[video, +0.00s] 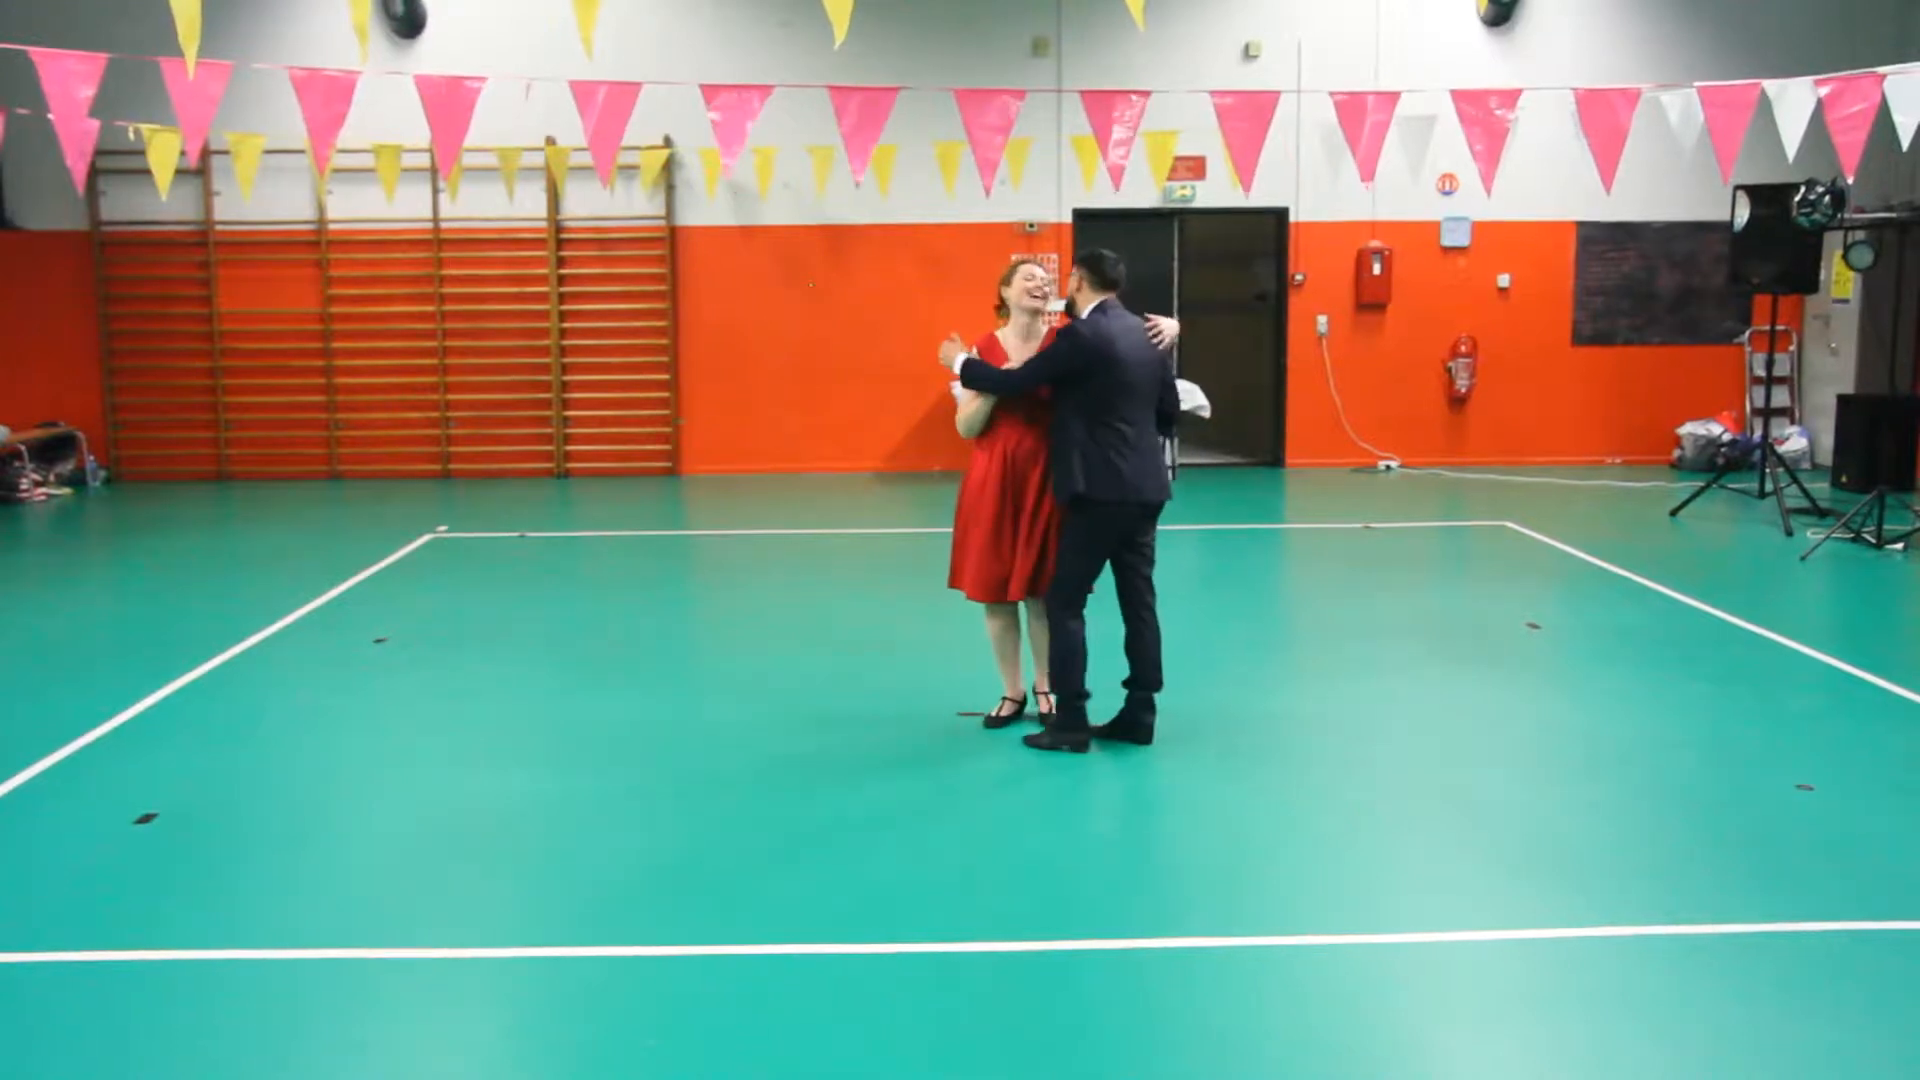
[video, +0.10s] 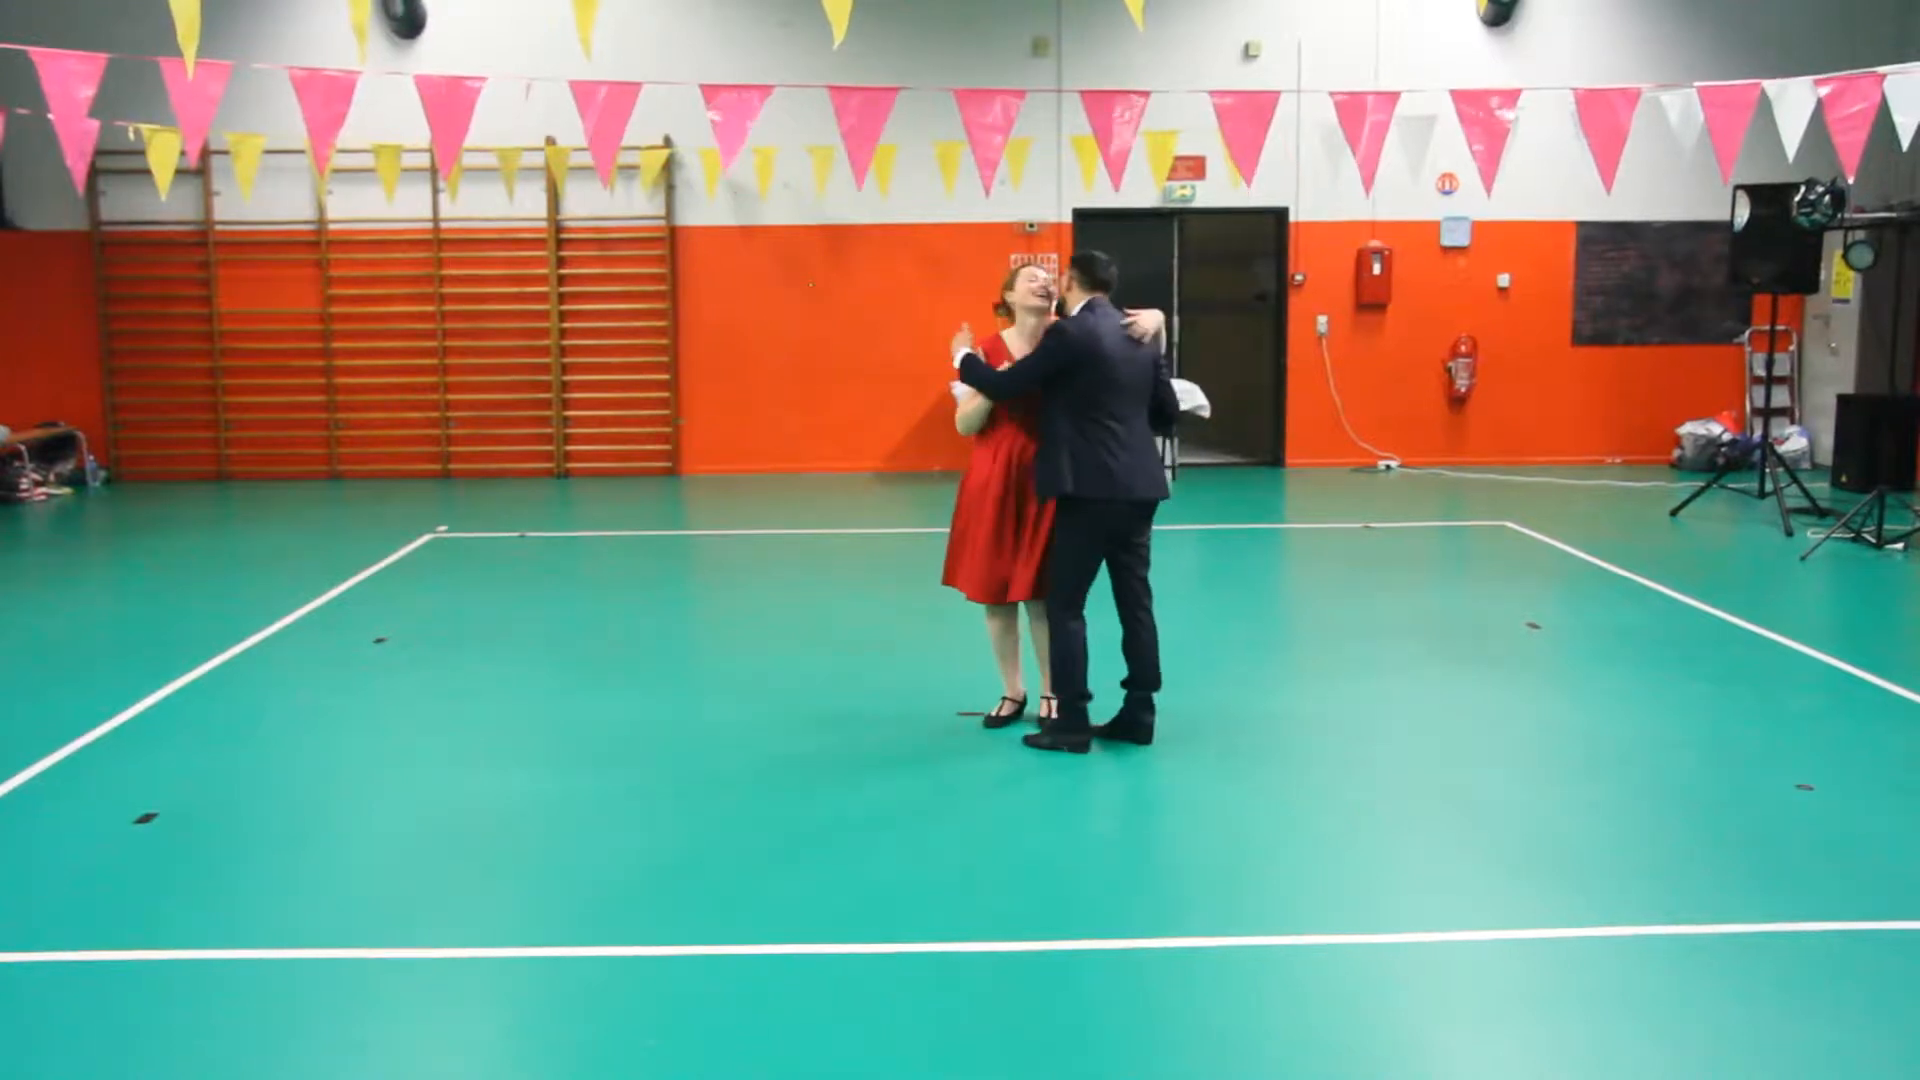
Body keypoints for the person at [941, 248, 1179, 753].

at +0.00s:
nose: (1055, 286)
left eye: (1060, 278)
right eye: (1049, 278)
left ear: (1077, 282)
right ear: (1118, 287)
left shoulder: (1081, 337)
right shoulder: (1149, 338)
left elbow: (1015, 379)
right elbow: (1168, 415)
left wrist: (961, 362)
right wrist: (1117, 404)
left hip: (1096, 487)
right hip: (1146, 486)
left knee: (1064, 602)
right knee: (1140, 605)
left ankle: (1068, 722)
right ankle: (1139, 716)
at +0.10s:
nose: (1054, 284)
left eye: (1059, 277)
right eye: (1055, 277)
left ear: (1070, 283)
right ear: (1110, 288)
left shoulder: (1069, 334)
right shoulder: (1143, 336)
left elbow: (1005, 383)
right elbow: (1166, 413)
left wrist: (965, 357)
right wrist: (1119, 410)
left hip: (1087, 486)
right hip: (1140, 485)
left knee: (1065, 604)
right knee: (1137, 603)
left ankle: (1069, 723)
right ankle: (1139, 715)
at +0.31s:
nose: (1044, 279)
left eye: (1048, 275)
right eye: (1031, 276)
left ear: (1061, 290)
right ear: (1010, 297)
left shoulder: (1066, 336)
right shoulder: (996, 346)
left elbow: (1164, 342)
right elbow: (981, 424)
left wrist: (1132, 320)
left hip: (1063, 476)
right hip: (1005, 474)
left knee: (1055, 597)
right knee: (1002, 593)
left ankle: (1055, 700)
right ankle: (1011, 692)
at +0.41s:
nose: (1047, 281)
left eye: (1050, 277)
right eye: (1033, 277)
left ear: (1058, 294)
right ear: (1012, 296)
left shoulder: (1076, 340)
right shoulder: (995, 347)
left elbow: (1162, 351)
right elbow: (985, 422)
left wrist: (1132, 321)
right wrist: (1029, 374)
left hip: (1060, 476)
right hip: (1005, 478)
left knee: (1055, 593)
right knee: (1002, 591)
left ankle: (1052, 693)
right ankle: (1010, 688)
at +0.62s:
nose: (1051, 284)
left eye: (1054, 279)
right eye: (1043, 279)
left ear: (1067, 287)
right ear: (1107, 294)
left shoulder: (1054, 335)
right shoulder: (1132, 343)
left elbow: (999, 397)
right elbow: (1157, 421)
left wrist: (984, 352)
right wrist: (1107, 416)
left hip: (1077, 488)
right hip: (1133, 487)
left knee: (1057, 606)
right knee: (1133, 601)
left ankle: (1068, 722)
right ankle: (1139, 714)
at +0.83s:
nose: (1054, 282)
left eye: (1058, 276)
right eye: (1047, 278)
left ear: (1070, 285)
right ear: (1111, 290)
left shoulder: (1058, 337)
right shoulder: (1134, 344)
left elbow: (1008, 398)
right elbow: (1155, 420)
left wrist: (986, 353)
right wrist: (1108, 417)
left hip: (1078, 488)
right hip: (1133, 487)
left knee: (1057, 603)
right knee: (1133, 600)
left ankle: (1069, 720)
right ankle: (1139, 713)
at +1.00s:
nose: (1048, 292)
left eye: (1052, 284)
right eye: (1037, 286)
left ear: (1061, 291)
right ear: (1013, 299)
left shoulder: (1076, 345)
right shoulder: (996, 353)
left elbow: (1159, 364)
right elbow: (990, 431)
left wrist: (1150, 330)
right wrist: (1032, 377)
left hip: (1065, 484)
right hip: (1010, 485)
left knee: (1058, 599)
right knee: (1006, 598)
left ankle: (1053, 691)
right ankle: (997, 684)